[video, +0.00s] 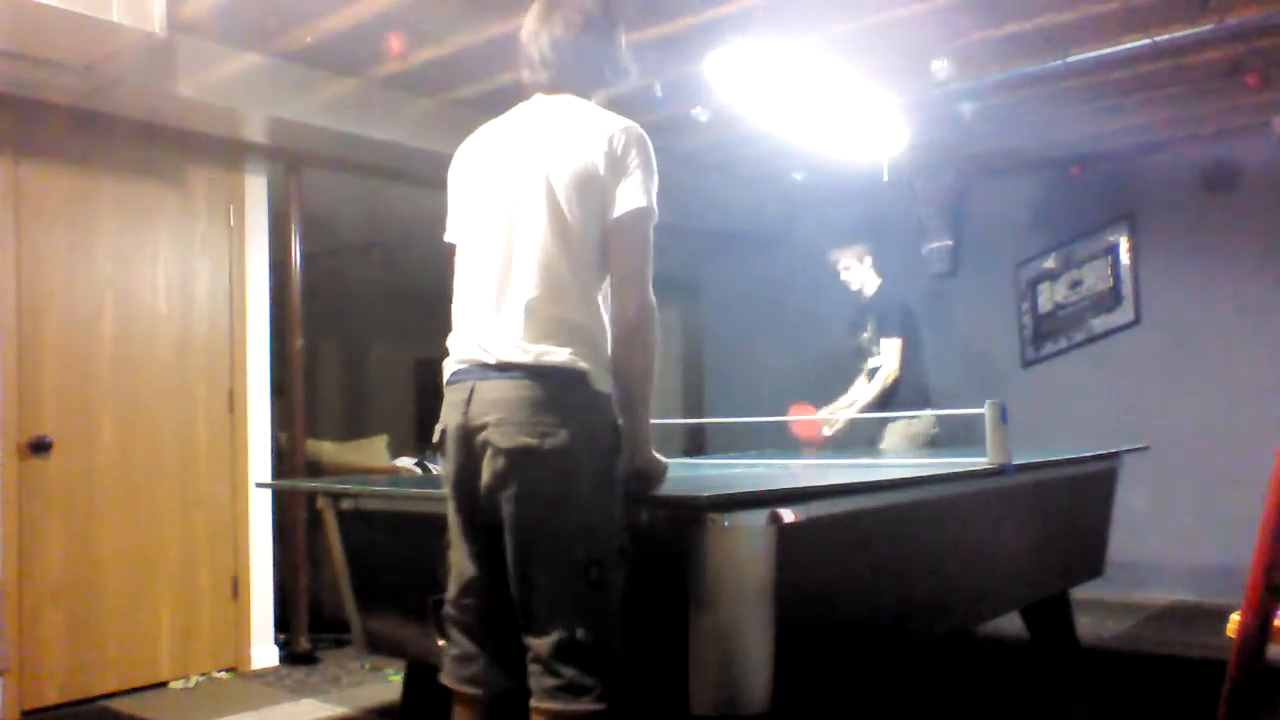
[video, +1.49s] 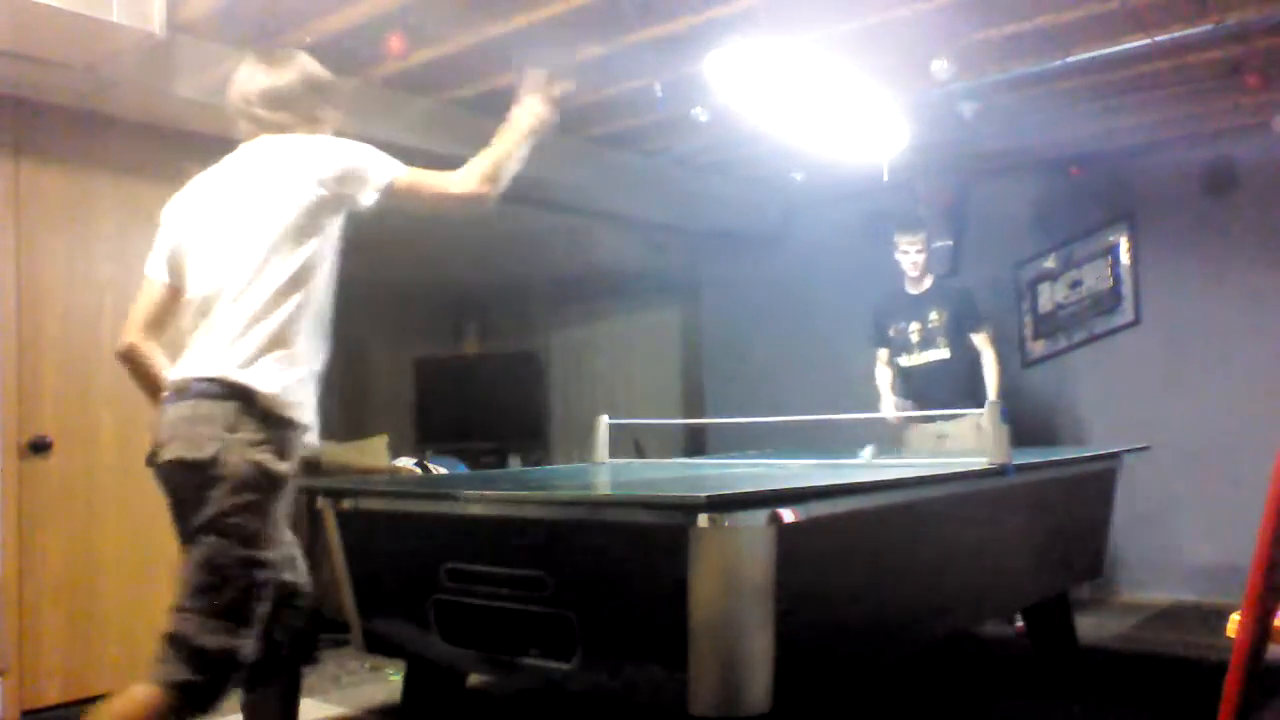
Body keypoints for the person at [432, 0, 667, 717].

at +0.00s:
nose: (624, 68)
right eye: (619, 51)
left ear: (529, 57)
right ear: (608, 55)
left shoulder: (473, 147)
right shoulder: (617, 137)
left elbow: (467, 291)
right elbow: (631, 307)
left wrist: (459, 418)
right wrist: (638, 439)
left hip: (462, 410)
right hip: (554, 413)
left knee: (471, 640)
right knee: (566, 651)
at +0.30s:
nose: (617, 75)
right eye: (612, 62)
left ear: (527, 64)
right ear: (604, 63)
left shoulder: (475, 148)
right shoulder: (613, 139)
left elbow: (468, 295)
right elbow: (633, 305)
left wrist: (457, 417)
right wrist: (644, 442)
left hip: (463, 409)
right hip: (551, 410)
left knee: (472, 641)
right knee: (566, 649)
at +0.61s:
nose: (601, 79)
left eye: (600, 64)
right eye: (597, 63)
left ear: (513, 65)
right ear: (583, 63)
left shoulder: (462, 151)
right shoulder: (579, 132)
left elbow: (458, 297)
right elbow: (571, 291)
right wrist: (630, 413)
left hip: (442, 408)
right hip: (515, 413)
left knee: (469, 645)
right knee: (557, 650)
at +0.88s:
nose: (537, 129)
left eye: (541, 115)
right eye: (541, 112)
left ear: (462, 90)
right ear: (529, 102)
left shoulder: (415, 162)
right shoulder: (476, 154)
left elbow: (401, 316)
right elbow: (410, 298)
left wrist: (510, 423)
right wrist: (524, 412)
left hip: (377, 429)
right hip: (434, 432)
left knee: (399, 641)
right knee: (511, 642)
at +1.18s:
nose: (423, 150)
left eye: (423, 136)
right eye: (418, 134)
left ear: (346, 126)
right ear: (393, 126)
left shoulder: (281, 202)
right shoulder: (388, 177)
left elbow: (241, 349)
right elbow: (480, 288)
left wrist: (364, 396)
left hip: (249, 428)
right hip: (309, 426)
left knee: (317, 653)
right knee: (398, 648)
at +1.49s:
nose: (334, 125)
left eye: (332, 114)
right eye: (329, 114)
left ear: (245, 117)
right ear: (315, 113)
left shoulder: (191, 196)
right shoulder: (321, 158)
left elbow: (134, 341)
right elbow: (473, 187)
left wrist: (190, 420)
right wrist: (528, 118)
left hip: (181, 432)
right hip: (241, 432)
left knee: (283, 616)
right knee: (192, 670)